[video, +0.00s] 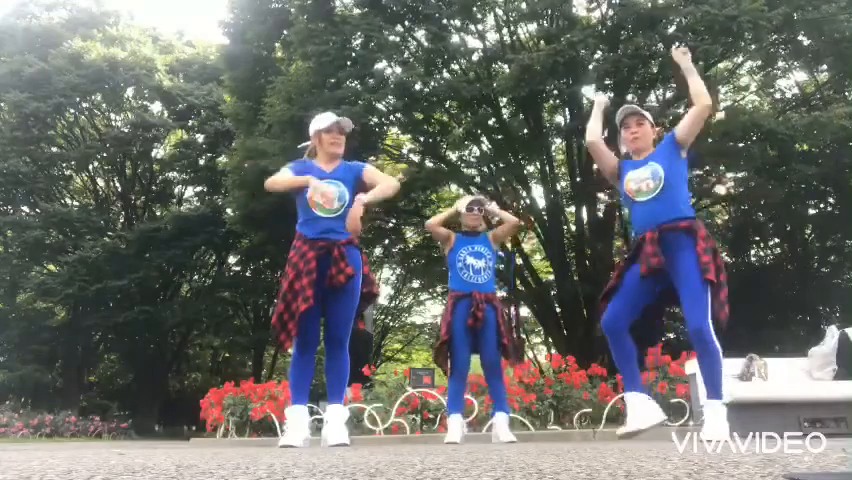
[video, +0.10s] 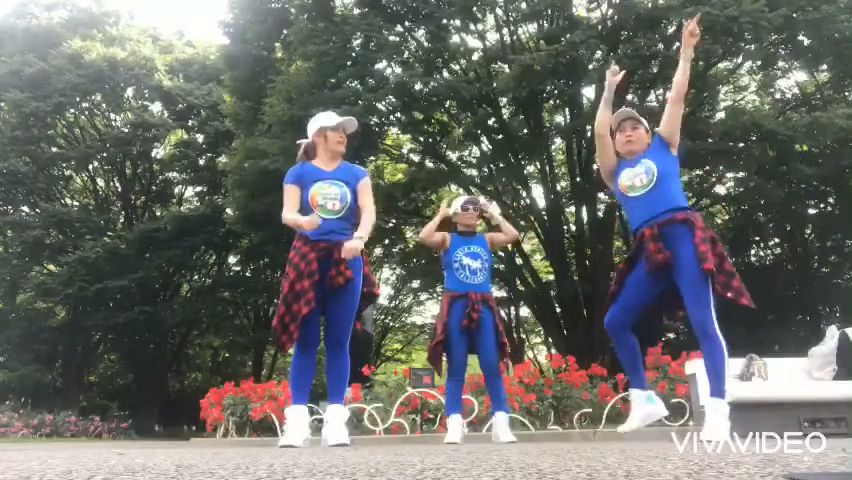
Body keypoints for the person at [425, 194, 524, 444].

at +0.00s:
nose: (475, 214)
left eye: (479, 211)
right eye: (470, 211)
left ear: (484, 217)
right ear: (460, 216)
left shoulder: (491, 238)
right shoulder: (452, 238)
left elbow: (515, 222)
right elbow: (431, 225)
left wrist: (493, 210)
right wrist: (454, 210)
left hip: (488, 303)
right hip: (461, 302)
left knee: (491, 362)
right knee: (460, 363)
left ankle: (501, 420)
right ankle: (455, 421)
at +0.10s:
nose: (471, 214)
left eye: (474, 210)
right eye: (465, 210)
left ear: (479, 217)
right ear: (455, 216)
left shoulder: (487, 239)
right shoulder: (448, 238)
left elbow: (513, 235)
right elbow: (424, 237)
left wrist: (495, 216)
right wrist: (441, 215)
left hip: (485, 303)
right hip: (457, 302)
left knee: (490, 363)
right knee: (457, 364)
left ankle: (500, 421)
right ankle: (454, 423)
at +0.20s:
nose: (468, 213)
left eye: (472, 210)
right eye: (463, 209)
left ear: (478, 216)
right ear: (453, 216)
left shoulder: (485, 240)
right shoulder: (445, 239)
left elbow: (509, 246)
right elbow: (423, 248)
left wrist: (495, 221)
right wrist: (441, 219)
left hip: (483, 303)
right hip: (455, 302)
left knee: (490, 361)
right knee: (456, 363)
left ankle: (501, 421)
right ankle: (454, 422)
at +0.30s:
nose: (466, 214)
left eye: (471, 210)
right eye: (461, 210)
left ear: (477, 217)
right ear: (452, 216)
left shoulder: (484, 240)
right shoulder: (446, 239)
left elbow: (508, 248)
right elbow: (426, 251)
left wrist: (490, 222)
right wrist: (445, 223)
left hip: (483, 303)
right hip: (455, 302)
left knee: (491, 361)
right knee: (456, 363)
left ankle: (500, 420)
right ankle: (454, 422)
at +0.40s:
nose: (466, 216)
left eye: (470, 212)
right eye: (461, 212)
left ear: (476, 217)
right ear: (453, 217)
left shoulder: (484, 240)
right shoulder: (447, 240)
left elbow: (507, 247)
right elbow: (430, 250)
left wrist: (489, 222)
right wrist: (448, 222)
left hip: (484, 302)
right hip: (457, 301)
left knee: (490, 361)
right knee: (457, 363)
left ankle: (500, 420)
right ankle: (454, 422)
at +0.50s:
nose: (468, 219)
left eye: (473, 215)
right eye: (463, 215)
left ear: (479, 218)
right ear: (455, 218)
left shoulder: (487, 240)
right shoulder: (451, 241)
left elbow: (509, 247)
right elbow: (434, 251)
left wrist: (490, 223)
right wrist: (451, 225)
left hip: (487, 303)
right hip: (460, 302)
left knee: (491, 363)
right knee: (459, 363)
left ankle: (500, 420)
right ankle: (454, 421)